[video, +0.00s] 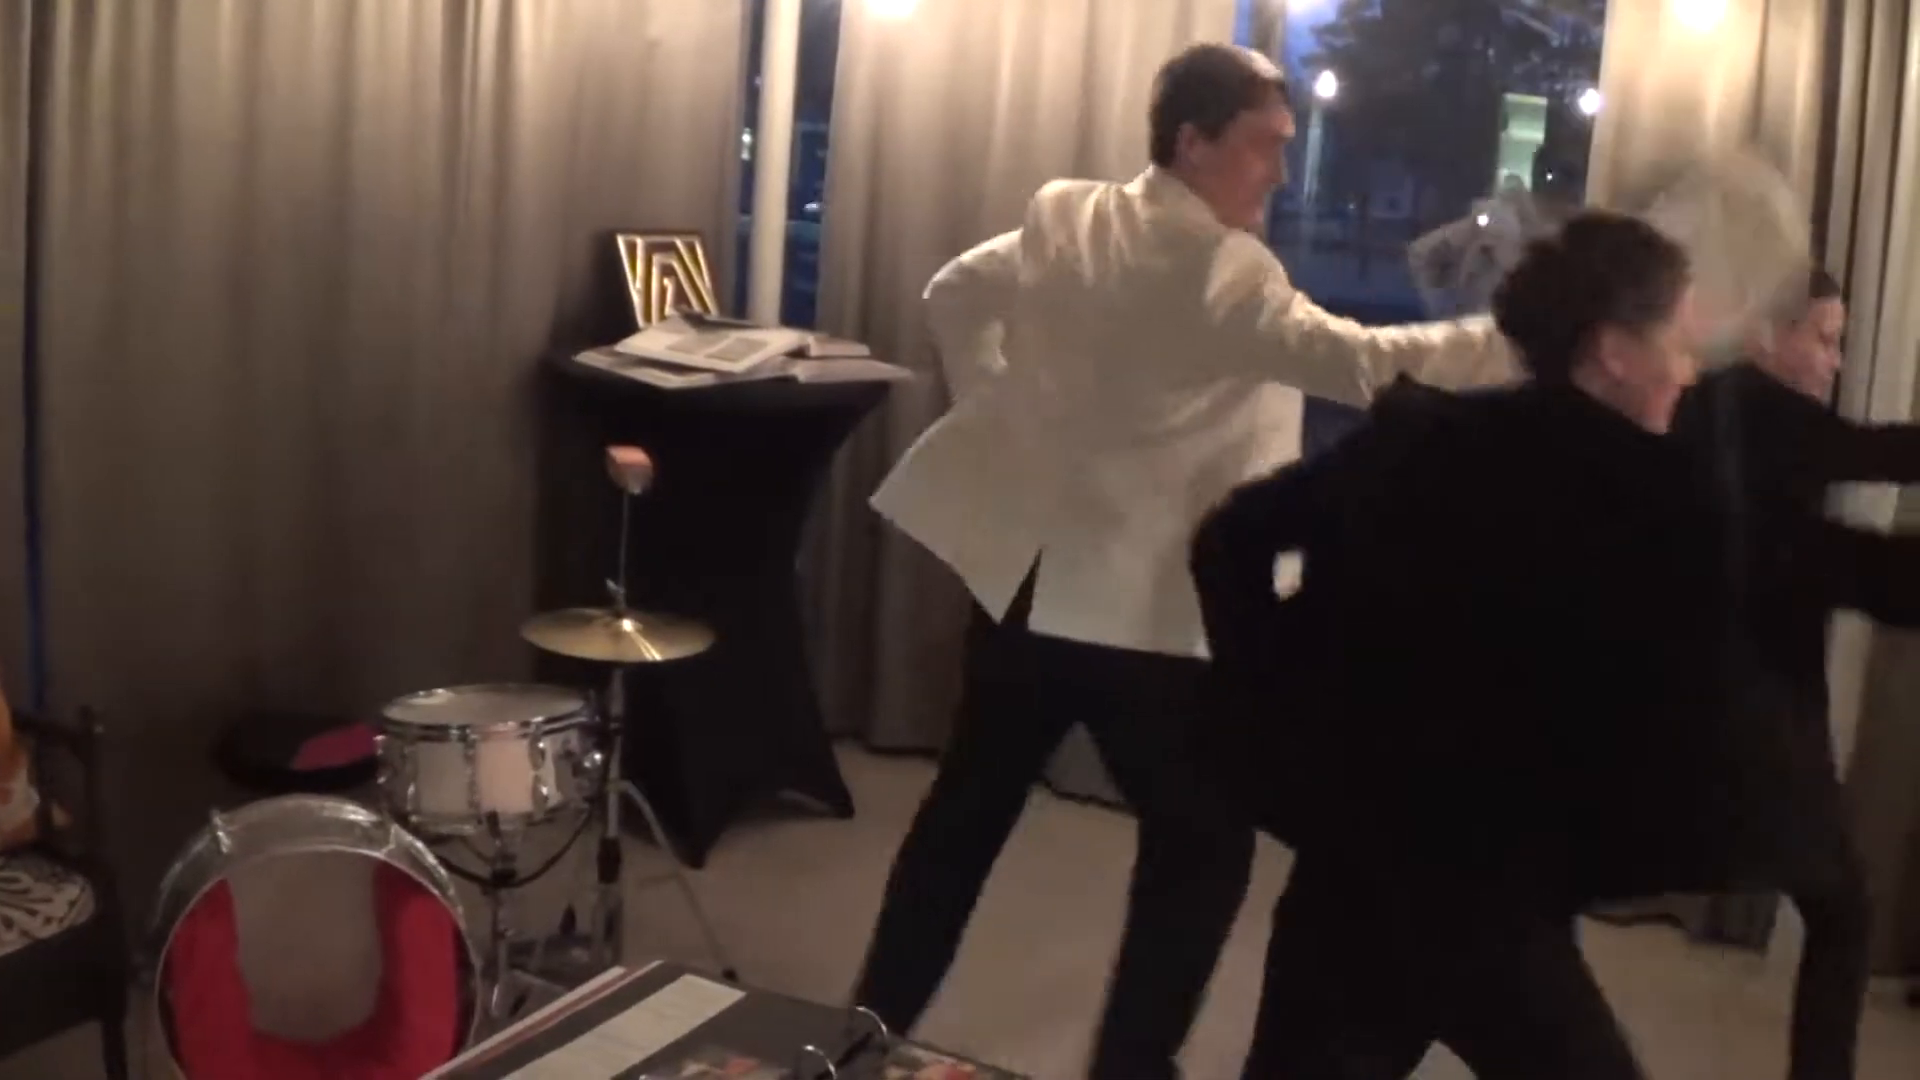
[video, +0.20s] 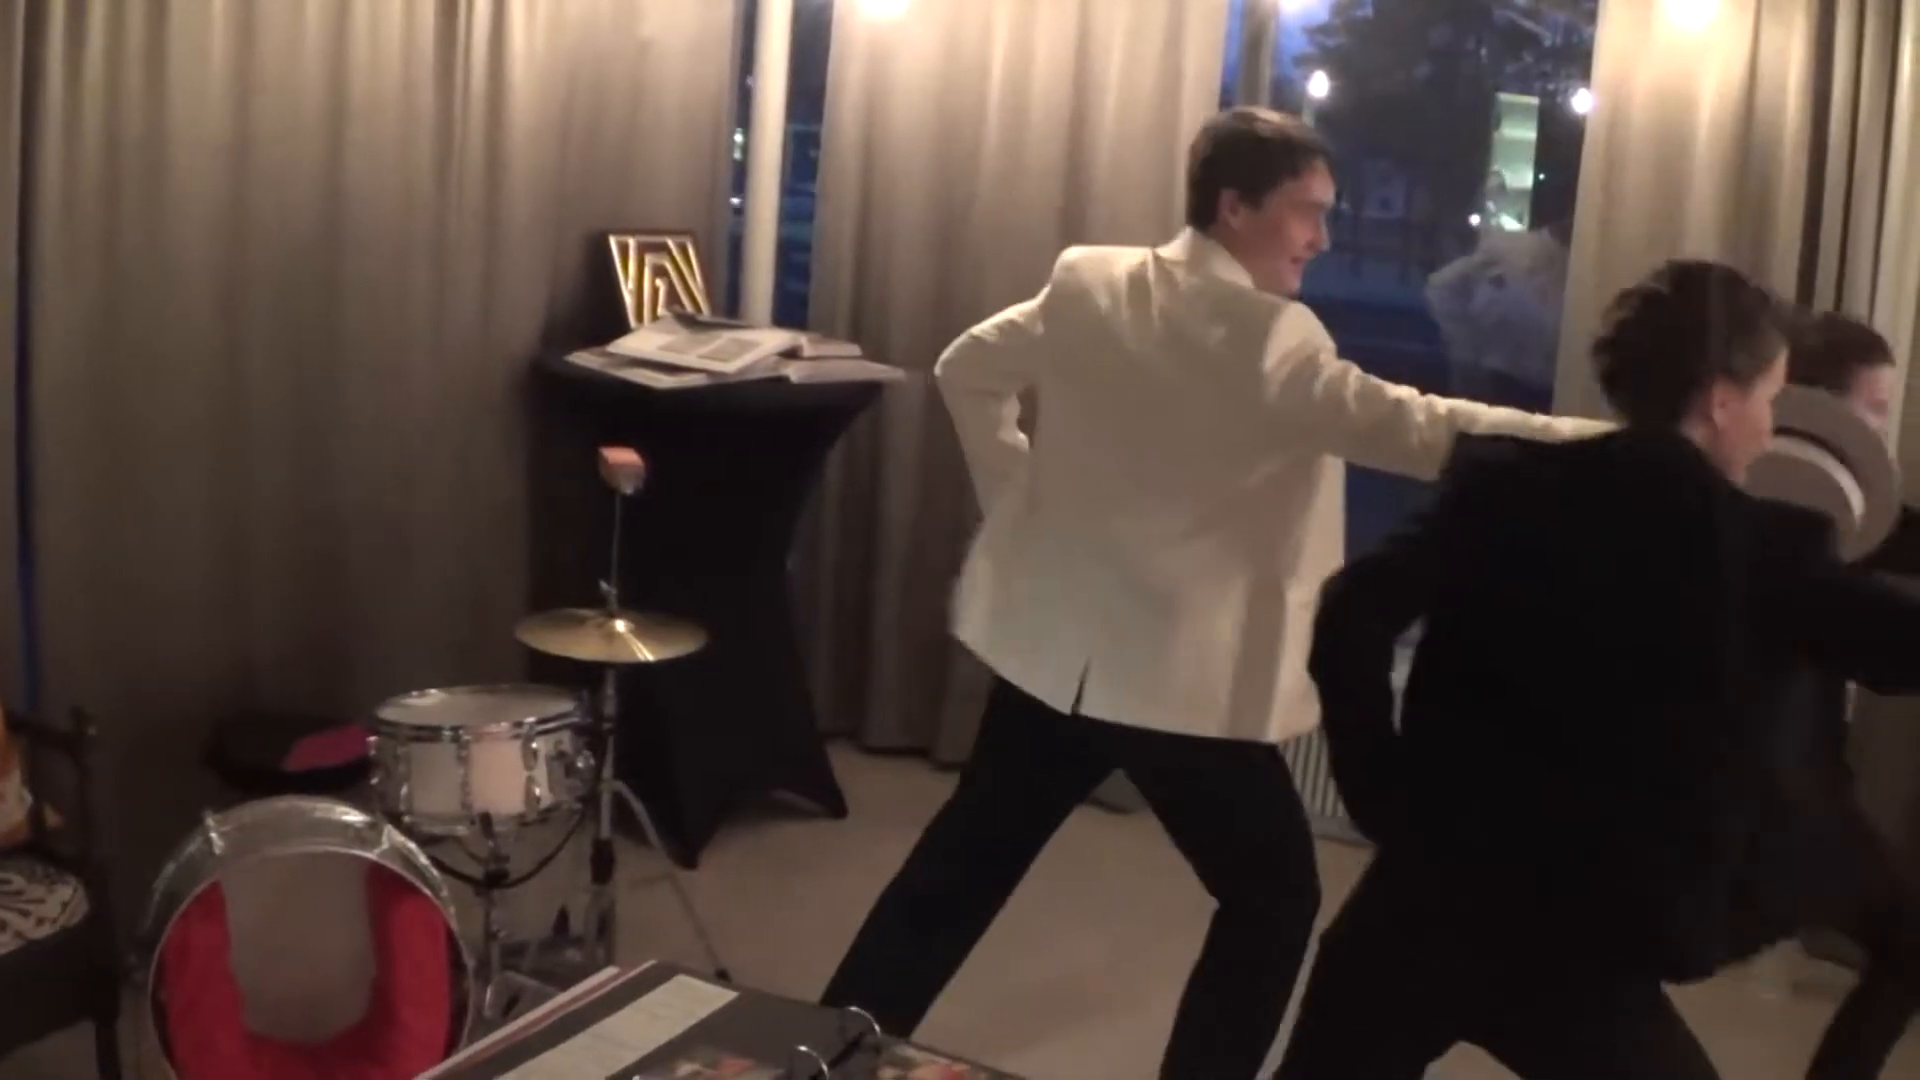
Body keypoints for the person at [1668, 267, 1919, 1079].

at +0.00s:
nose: (1835, 358)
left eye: (1838, 340)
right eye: (1825, 339)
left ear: (1778, 341)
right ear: (1776, 336)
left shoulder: (1713, 405)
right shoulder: (1777, 416)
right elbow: (1877, 451)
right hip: (1762, 725)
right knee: (1839, 912)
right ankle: (1821, 1068)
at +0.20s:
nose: (1773, 423)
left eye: (1776, 395)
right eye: (1769, 395)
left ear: (1628, 384)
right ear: (1718, 399)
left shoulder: (1501, 487)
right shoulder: (1760, 547)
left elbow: (1350, 619)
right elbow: (1895, 646)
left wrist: (1386, 804)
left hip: (1412, 913)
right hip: (1575, 952)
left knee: (1315, 1067)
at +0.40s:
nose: (1803, 453)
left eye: (1809, 429)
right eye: (1803, 428)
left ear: (1658, 405)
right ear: (1754, 430)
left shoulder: (1531, 509)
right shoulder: (1800, 570)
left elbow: (1374, 644)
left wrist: (1406, 833)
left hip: (1421, 943)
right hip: (1601, 987)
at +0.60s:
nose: (1773, 441)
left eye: (1775, 414)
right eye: (1769, 414)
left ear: (1625, 400)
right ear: (1722, 418)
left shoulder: (1493, 509)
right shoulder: (1775, 554)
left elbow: (1318, 646)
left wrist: (1387, 826)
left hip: (1414, 940)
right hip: (1587, 975)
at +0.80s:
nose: (1677, 383)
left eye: (1680, 358)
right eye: (1670, 358)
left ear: (1520, 351)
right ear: (1607, 362)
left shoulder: (1390, 467)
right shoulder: (1684, 487)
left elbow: (1209, 604)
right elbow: (1889, 476)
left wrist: (1307, 776)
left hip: (1346, 898)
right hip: (1518, 926)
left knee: (1214, 1065)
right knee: (1610, 1062)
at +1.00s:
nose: (1551, 358)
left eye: (1555, 330)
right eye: (1539, 326)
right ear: (1459, 312)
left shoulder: (1312, 428)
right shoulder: (1519, 459)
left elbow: (1170, 555)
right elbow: (1686, 490)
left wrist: (1238, 711)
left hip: (1303, 810)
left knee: (1275, 1040)